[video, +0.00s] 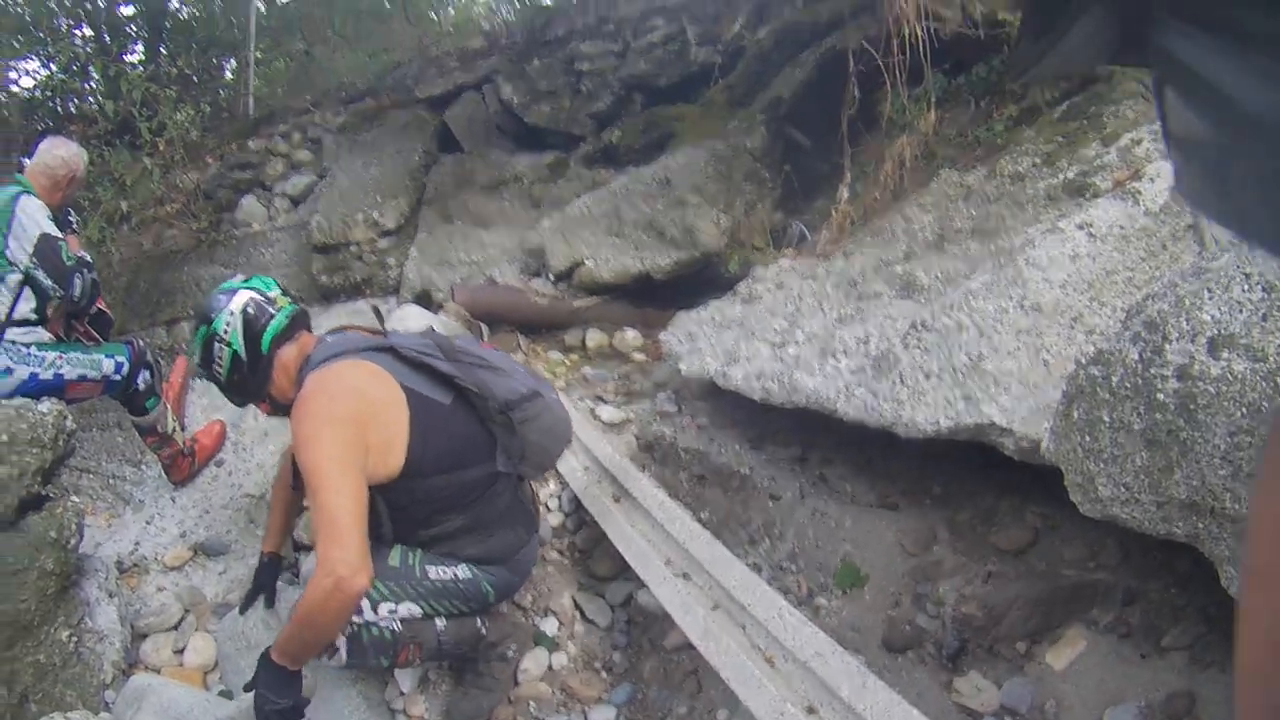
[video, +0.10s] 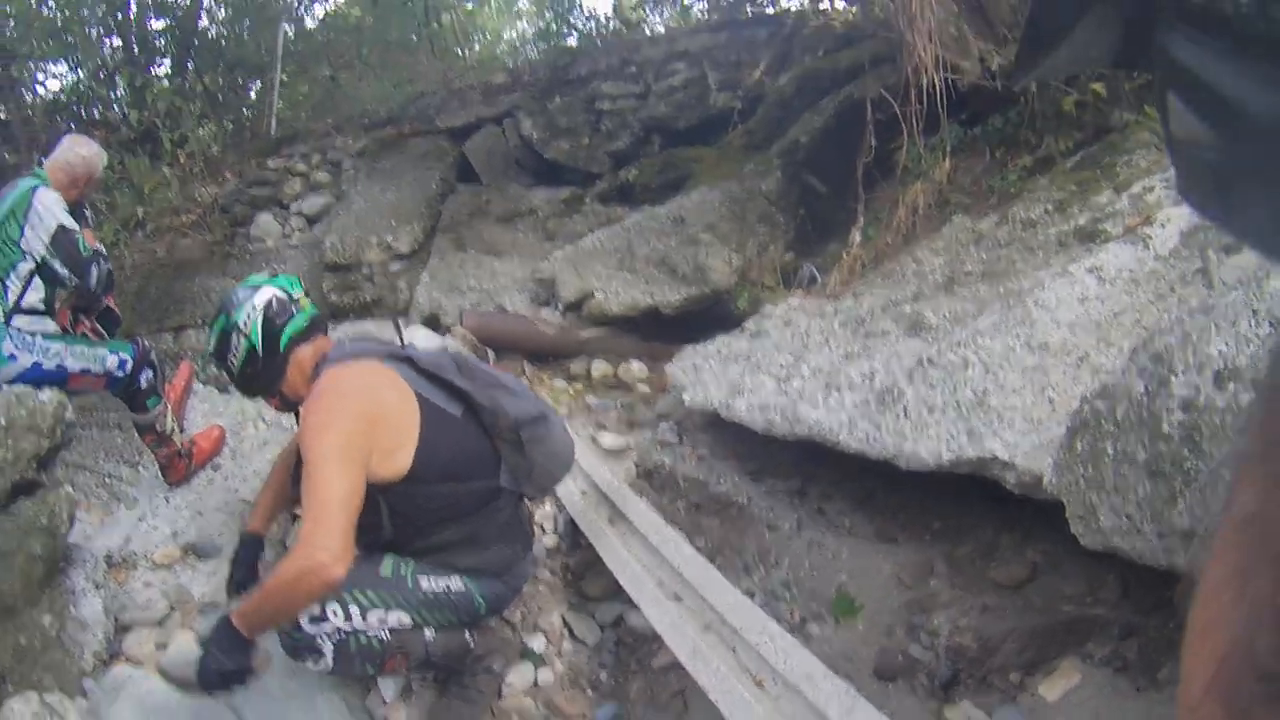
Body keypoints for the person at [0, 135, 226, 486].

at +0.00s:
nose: (72, 195)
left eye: (74, 188)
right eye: (74, 187)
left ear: (32, 164)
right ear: (65, 183)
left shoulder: (12, 199)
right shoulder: (25, 210)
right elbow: (80, 293)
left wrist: (60, 309)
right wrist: (73, 241)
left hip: (11, 344)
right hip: (12, 359)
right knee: (133, 363)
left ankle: (158, 402)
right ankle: (177, 459)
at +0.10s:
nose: (87, 195)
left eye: (91, 188)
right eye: (90, 187)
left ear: (50, 160)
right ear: (81, 183)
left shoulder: (24, 191)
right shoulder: (41, 202)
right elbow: (93, 283)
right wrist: (94, 248)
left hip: (13, 332)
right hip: (14, 348)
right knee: (135, 364)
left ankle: (158, 404)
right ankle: (174, 460)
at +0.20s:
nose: (58, 111)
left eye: (61, 103)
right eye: (60, 102)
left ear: (25, 79)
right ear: (51, 98)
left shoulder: (11, 112)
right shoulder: (12, 123)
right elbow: (64, 196)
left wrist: (33, 233)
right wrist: (63, 164)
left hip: (8, 247)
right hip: (3, 266)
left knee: (71, 237)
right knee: (97, 284)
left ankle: (121, 329)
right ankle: (135, 385)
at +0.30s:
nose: (73, 10)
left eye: (75, 6)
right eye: (73, 4)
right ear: (57, 3)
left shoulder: (23, 20)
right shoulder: (16, 23)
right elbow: (57, 104)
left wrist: (34, 137)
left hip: (5, 153)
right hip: (3, 170)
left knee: (58, 147)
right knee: (81, 200)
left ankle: (98, 249)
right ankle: (104, 305)